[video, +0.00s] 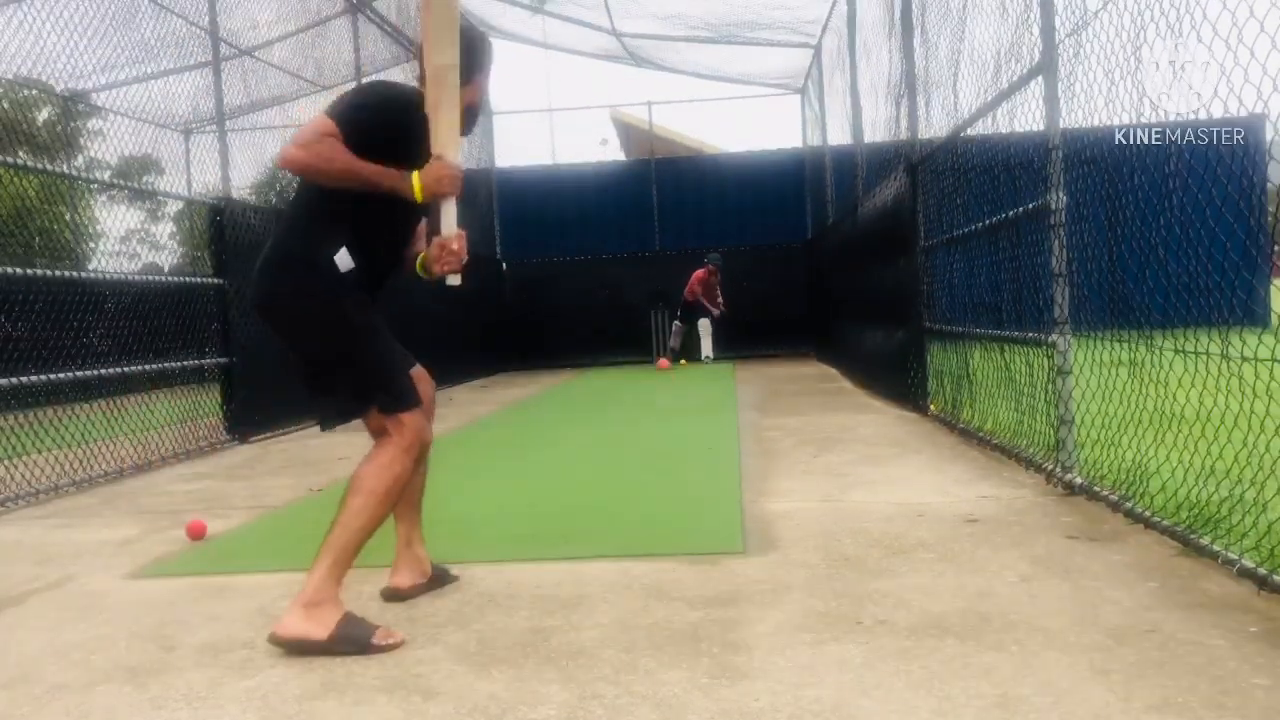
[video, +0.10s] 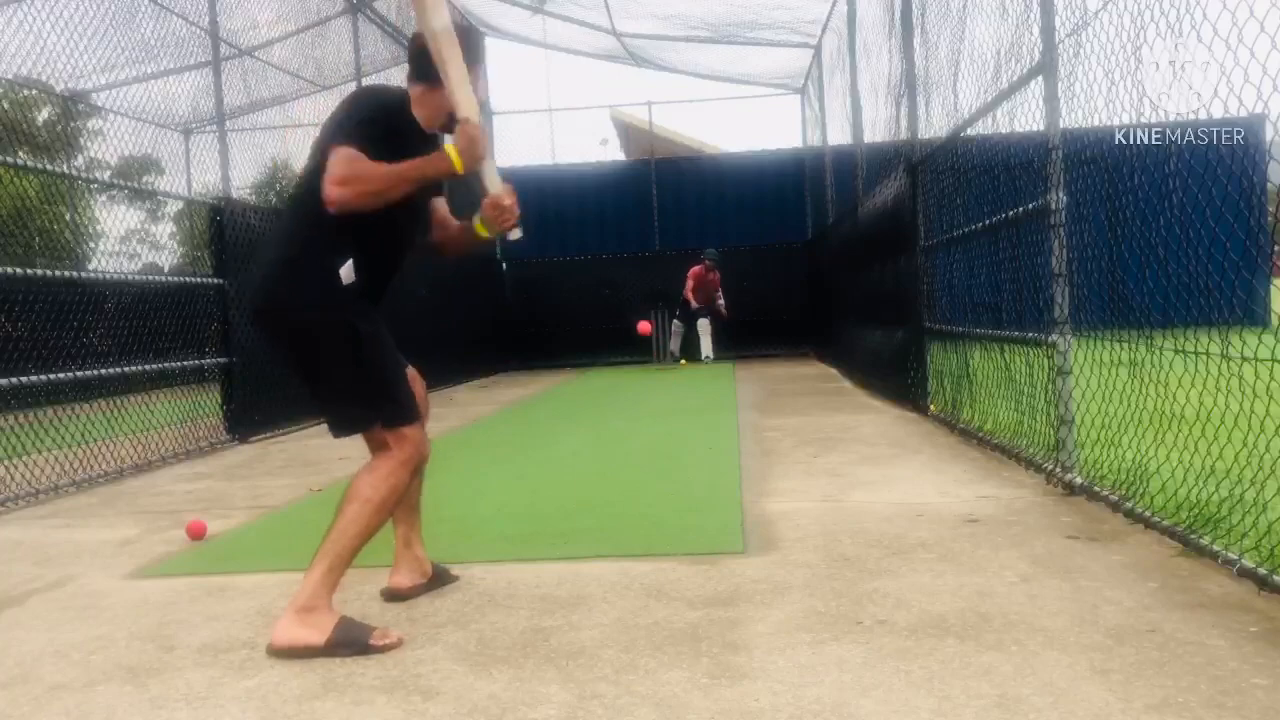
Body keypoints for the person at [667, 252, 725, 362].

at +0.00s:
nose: (714, 268)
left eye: (716, 265)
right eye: (712, 265)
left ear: (718, 266)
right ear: (707, 264)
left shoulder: (716, 275)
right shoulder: (699, 275)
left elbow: (716, 288)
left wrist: (719, 298)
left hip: (702, 302)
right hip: (689, 302)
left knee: (705, 326)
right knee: (680, 326)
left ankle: (707, 356)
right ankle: (673, 350)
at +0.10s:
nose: (711, 263)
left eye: (713, 261)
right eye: (709, 260)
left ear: (716, 262)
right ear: (704, 260)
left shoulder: (715, 275)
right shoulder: (695, 271)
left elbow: (718, 292)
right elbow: (687, 290)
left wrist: (721, 305)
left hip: (703, 304)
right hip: (689, 302)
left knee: (704, 325)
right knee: (678, 324)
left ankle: (707, 356)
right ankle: (674, 352)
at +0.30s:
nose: (701, 257)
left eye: (703, 255)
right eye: (698, 255)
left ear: (706, 256)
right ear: (694, 256)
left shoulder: (709, 271)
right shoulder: (686, 267)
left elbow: (713, 289)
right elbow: (675, 278)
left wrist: (714, 300)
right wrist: (666, 284)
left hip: (700, 303)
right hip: (684, 302)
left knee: (703, 327)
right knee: (677, 327)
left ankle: (707, 355)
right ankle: (674, 355)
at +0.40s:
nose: (694, 257)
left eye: (697, 254)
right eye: (692, 254)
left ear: (700, 256)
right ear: (688, 255)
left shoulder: (704, 270)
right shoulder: (680, 268)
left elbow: (708, 288)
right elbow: (670, 280)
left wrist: (709, 297)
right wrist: (663, 284)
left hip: (697, 304)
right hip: (681, 303)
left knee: (701, 328)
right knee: (676, 330)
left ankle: (707, 356)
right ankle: (674, 357)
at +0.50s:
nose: (689, 256)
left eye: (691, 253)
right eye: (686, 253)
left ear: (695, 254)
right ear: (682, 255)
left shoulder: (699, 268)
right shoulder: (675, 268)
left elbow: (703, 286)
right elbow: (667, 282)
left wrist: (704, 297)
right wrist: (662, 289)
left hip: (693, 303)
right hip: (678, 303)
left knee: (699, 326)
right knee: (675, 329)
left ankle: (706, 355)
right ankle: (674, 357)